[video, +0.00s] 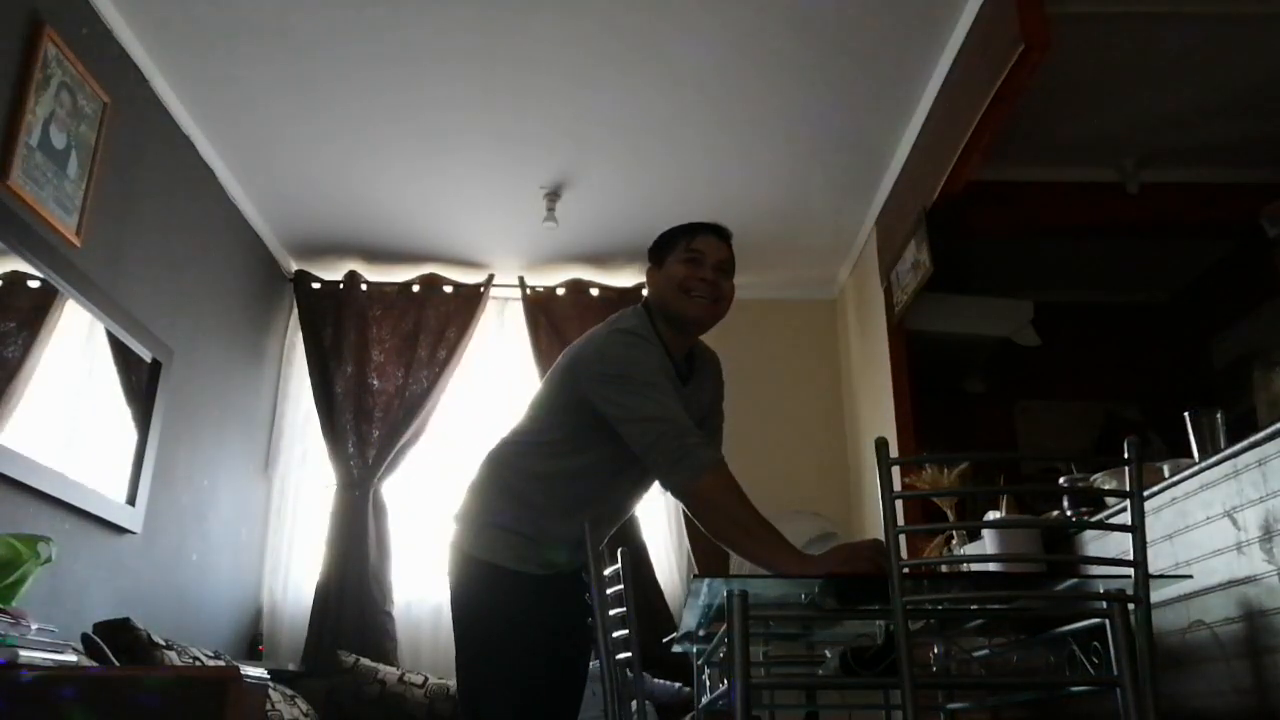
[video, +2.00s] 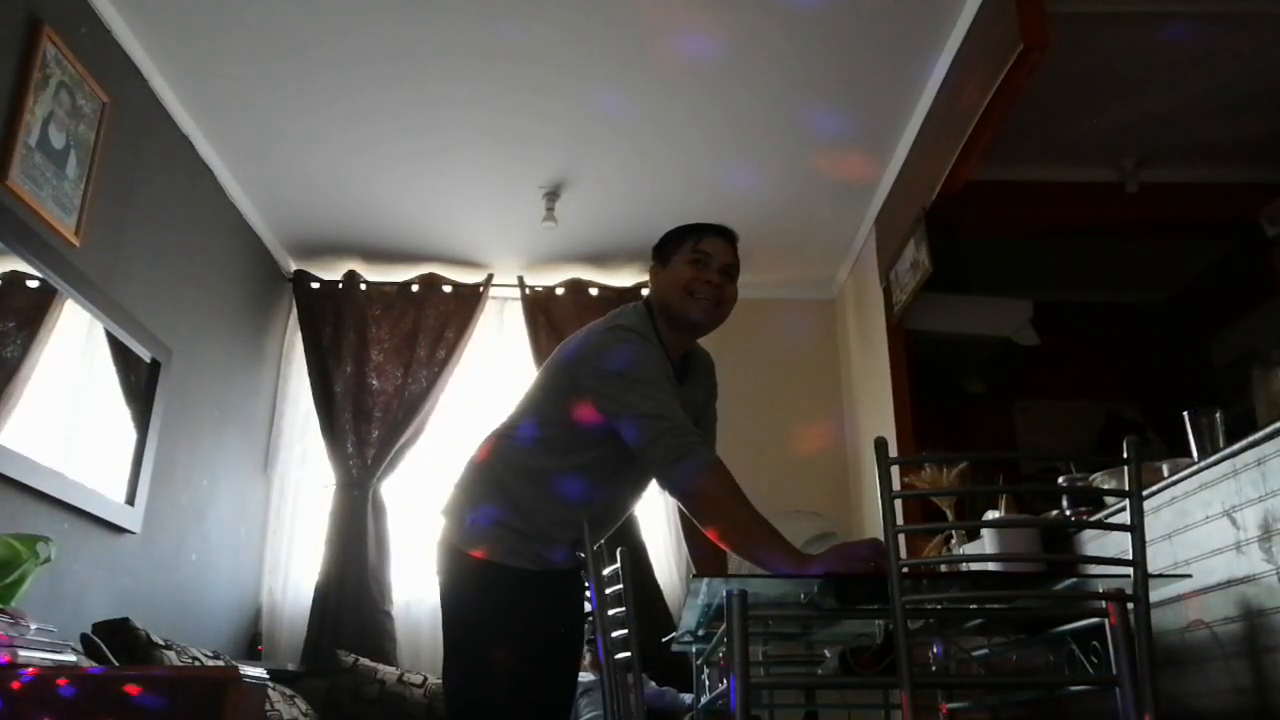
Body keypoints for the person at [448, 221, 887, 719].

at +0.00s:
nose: (708, 278)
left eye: (723, 270)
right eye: (691, 262)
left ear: (731, 293)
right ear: (652, 274)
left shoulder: (702, 370)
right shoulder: (621, 349)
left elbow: (702, 493)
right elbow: (695, 479)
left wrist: (717, 602)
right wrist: (799, 564)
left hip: (570, 554)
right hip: (503, 547)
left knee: (554, 705)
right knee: (503, 708)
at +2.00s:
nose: (715, 281)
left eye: (728, 274)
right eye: (698, 263)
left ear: (734, 296)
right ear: (656, 274)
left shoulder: (695, 369)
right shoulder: (620, 348)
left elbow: (699, 484)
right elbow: (690, 475)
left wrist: (719, 592)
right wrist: (798, 564)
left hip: (560, 555)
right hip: (493, 547)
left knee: (546, 706)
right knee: (489, 708)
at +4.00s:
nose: (727, 308)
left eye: (731, 297)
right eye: (717, 289)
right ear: (663, 276)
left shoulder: (654, 369)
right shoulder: (610, 340)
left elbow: (680, 499)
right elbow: (691, 473)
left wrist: (718, 603)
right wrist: (803, 564)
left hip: (515, 547)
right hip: (472, 538)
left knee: (542, 702)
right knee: (520, 703)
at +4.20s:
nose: (685, 325)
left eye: (690, 308)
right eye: (689, 305)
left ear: (626, 281)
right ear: (668, 290)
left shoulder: (579, 335)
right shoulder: (599, 333)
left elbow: (656, 487)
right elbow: (682, 456)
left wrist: (722, 579)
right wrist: (799, 547)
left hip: (470, 563)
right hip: (484, 566)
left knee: (520, 714)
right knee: (555, 713)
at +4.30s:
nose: (656, 286)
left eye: (660, 275)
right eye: (660, 272)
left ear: (595, 250)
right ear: (645, 261)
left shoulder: (547, 299)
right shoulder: (596, 295)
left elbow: (607, 449)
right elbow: (635, 416)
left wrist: (708, 500)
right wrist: (771, 464)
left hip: (462, 537)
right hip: (498, 541)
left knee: (520, 707)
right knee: (552, 708)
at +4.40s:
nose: (642, 242)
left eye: (644, 231)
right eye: (645, 229)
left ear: (585, 202)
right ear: (639, 216)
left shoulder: (534, 248)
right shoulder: (598, 237)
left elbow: (565, 397)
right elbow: (605, 353)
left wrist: (673, 420)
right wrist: (725, 378)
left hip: (461, 484)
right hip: (501, 490)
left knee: (491, 679)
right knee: (530, 684)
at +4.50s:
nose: (623, 204)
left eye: (625, 197)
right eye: (623, 195)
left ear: (556, 174)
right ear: (615, 184)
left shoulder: (500, 228)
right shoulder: (599, 205)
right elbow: (611, 327)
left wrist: (633, 357)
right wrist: (667, 374)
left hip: (440, 459)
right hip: (504, 459)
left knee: (473, 654)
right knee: (523, 662)